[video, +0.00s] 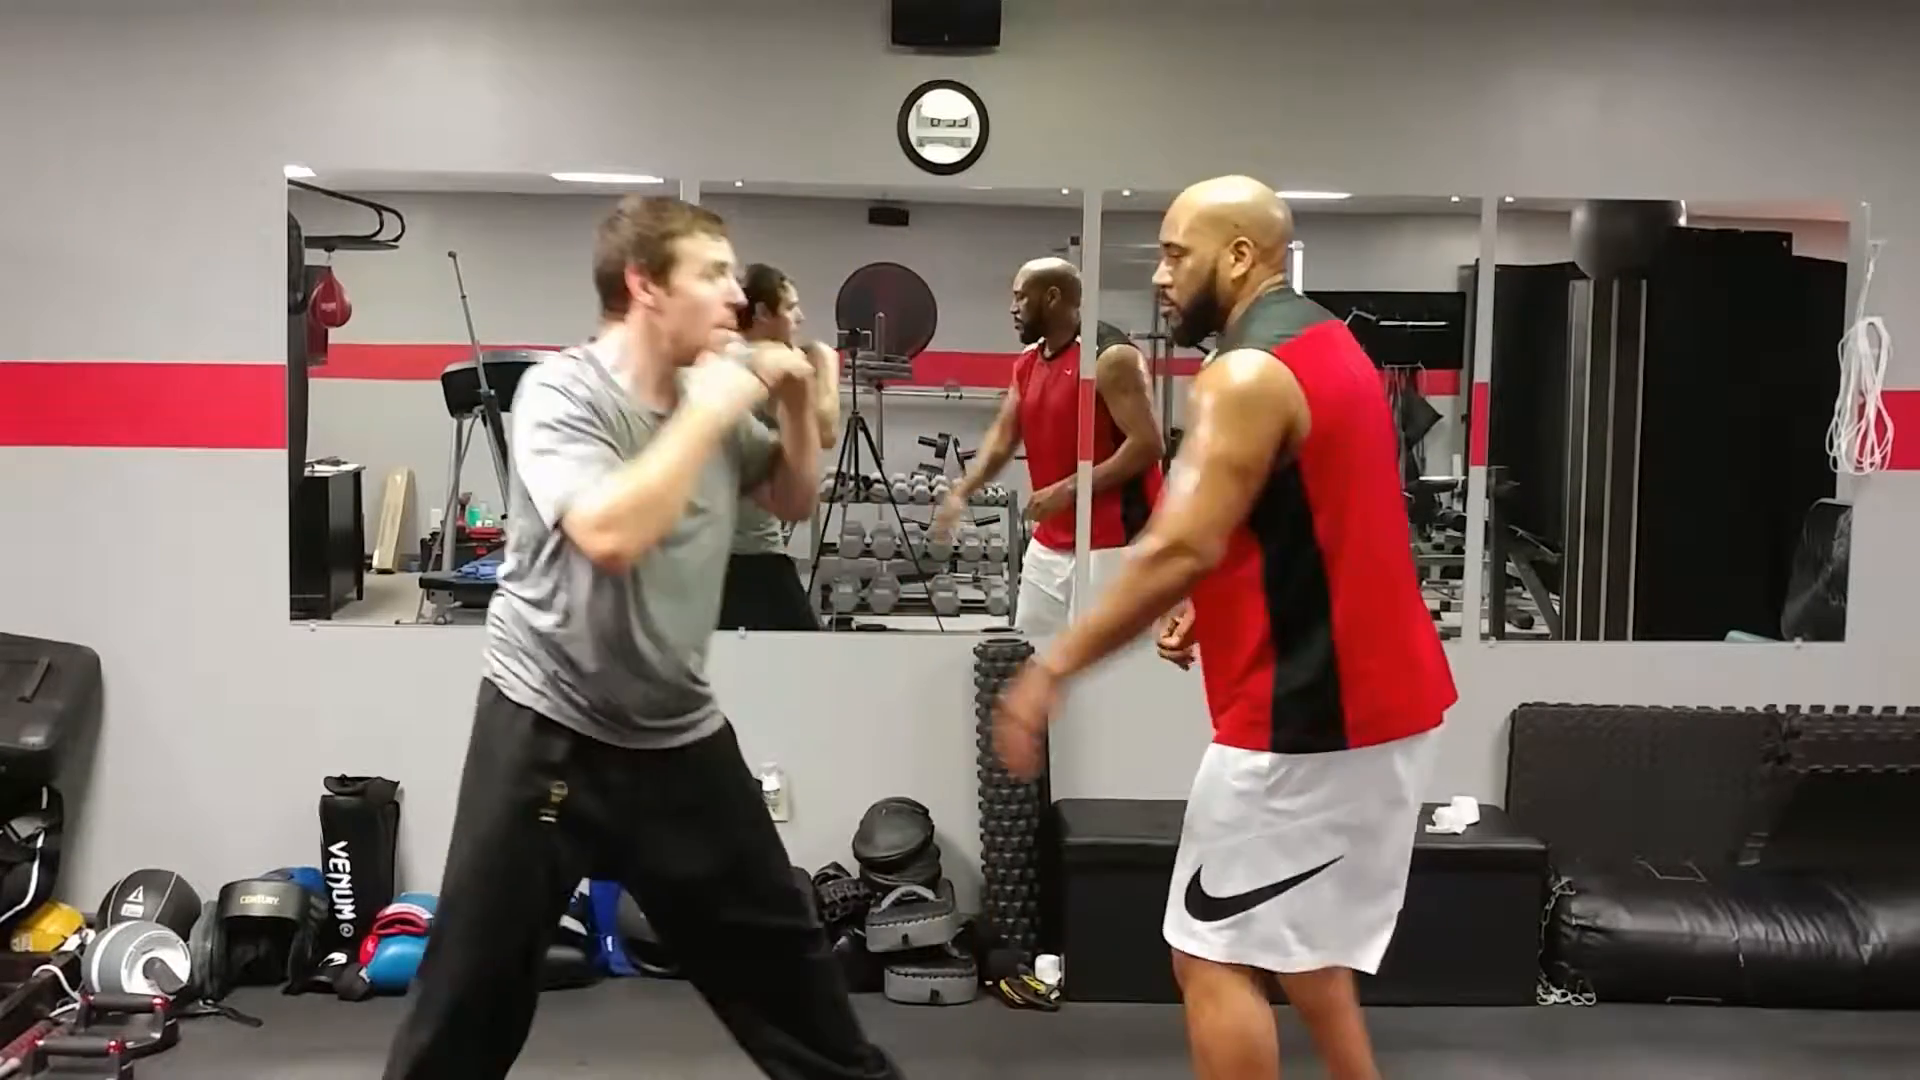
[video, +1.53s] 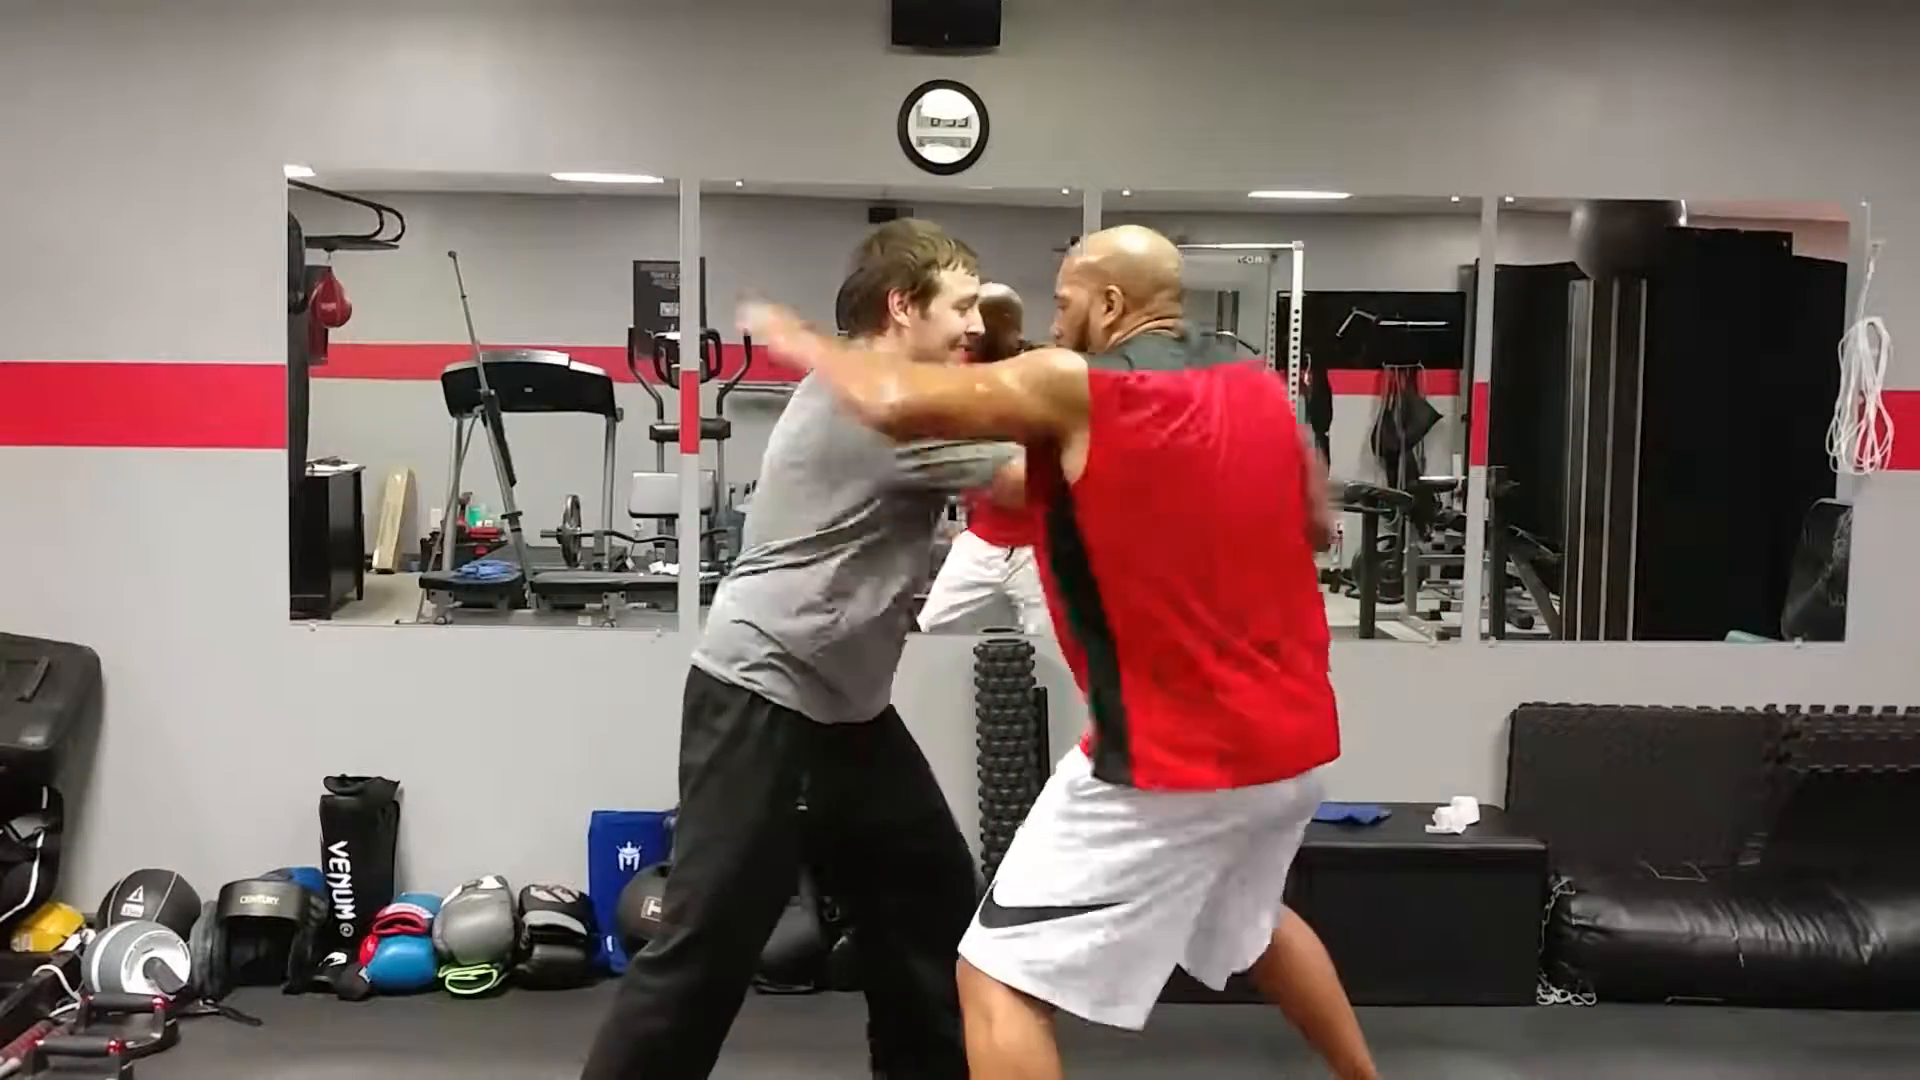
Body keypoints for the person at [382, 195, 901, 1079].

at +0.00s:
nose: (737, 300)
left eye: (735, 279)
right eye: (714, 277)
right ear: (643, 288)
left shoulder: (712, 402)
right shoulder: (557, 392)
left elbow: (792, 499)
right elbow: (608, 533)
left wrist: (802, 401)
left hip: (678, 732)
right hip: (543, 719)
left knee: (785, 965)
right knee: (470, 987)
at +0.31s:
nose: (687, 286)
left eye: (686, 268)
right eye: (666, 267)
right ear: (594, 277)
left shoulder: (690, 376)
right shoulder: (504, 388)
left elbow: (793, 462)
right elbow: (576, 487)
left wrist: (763, 358)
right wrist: (637, 350)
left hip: (681, 725)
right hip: (526, 732)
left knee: (769, 946)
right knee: (449, 988)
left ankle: (768, 1072)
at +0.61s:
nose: (854, 310)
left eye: (845, 294)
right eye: (831, 296)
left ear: (781, 323)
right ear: (774, 320)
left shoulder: (827, 398)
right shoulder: (777, 407)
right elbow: (977, 299)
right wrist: (1104, 186)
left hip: (824, 760)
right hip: (720, 758)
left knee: (939, 978)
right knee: (607, 979)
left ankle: (992, 1076)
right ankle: (485, 1075)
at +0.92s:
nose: (955, 293)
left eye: (948, 274)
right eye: (935, 278)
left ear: (872, 303)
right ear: (879, 299)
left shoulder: (820, 389)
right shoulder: (915, 367)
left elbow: (956, 434)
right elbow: (1053, 391)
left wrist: (1073, 375)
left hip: (871, 706)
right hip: (826, 699)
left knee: (971, 932)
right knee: (759, 968)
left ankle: (992, 1073)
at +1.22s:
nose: (1014, 347)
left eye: (1014, 330)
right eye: (998, 329)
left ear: (929, 338)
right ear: (936, 335)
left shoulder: (896, 409)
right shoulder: (929, 421)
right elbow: (1093, 519)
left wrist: (1038, 412)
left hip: (861, 717)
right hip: (786, 696)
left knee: (956, 915)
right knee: (751, 955)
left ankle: (973, 1067)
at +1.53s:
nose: (979, 326)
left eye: (979, 307)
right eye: (961, 305)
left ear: (900, 313)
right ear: (900, 310)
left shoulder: (895, 401)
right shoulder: (865, 401)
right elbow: (1036, 471)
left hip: (848, 707)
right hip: (757, 696)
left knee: (932, 905)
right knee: (705, 945)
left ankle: (925, 1071)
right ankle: (622, 1075)